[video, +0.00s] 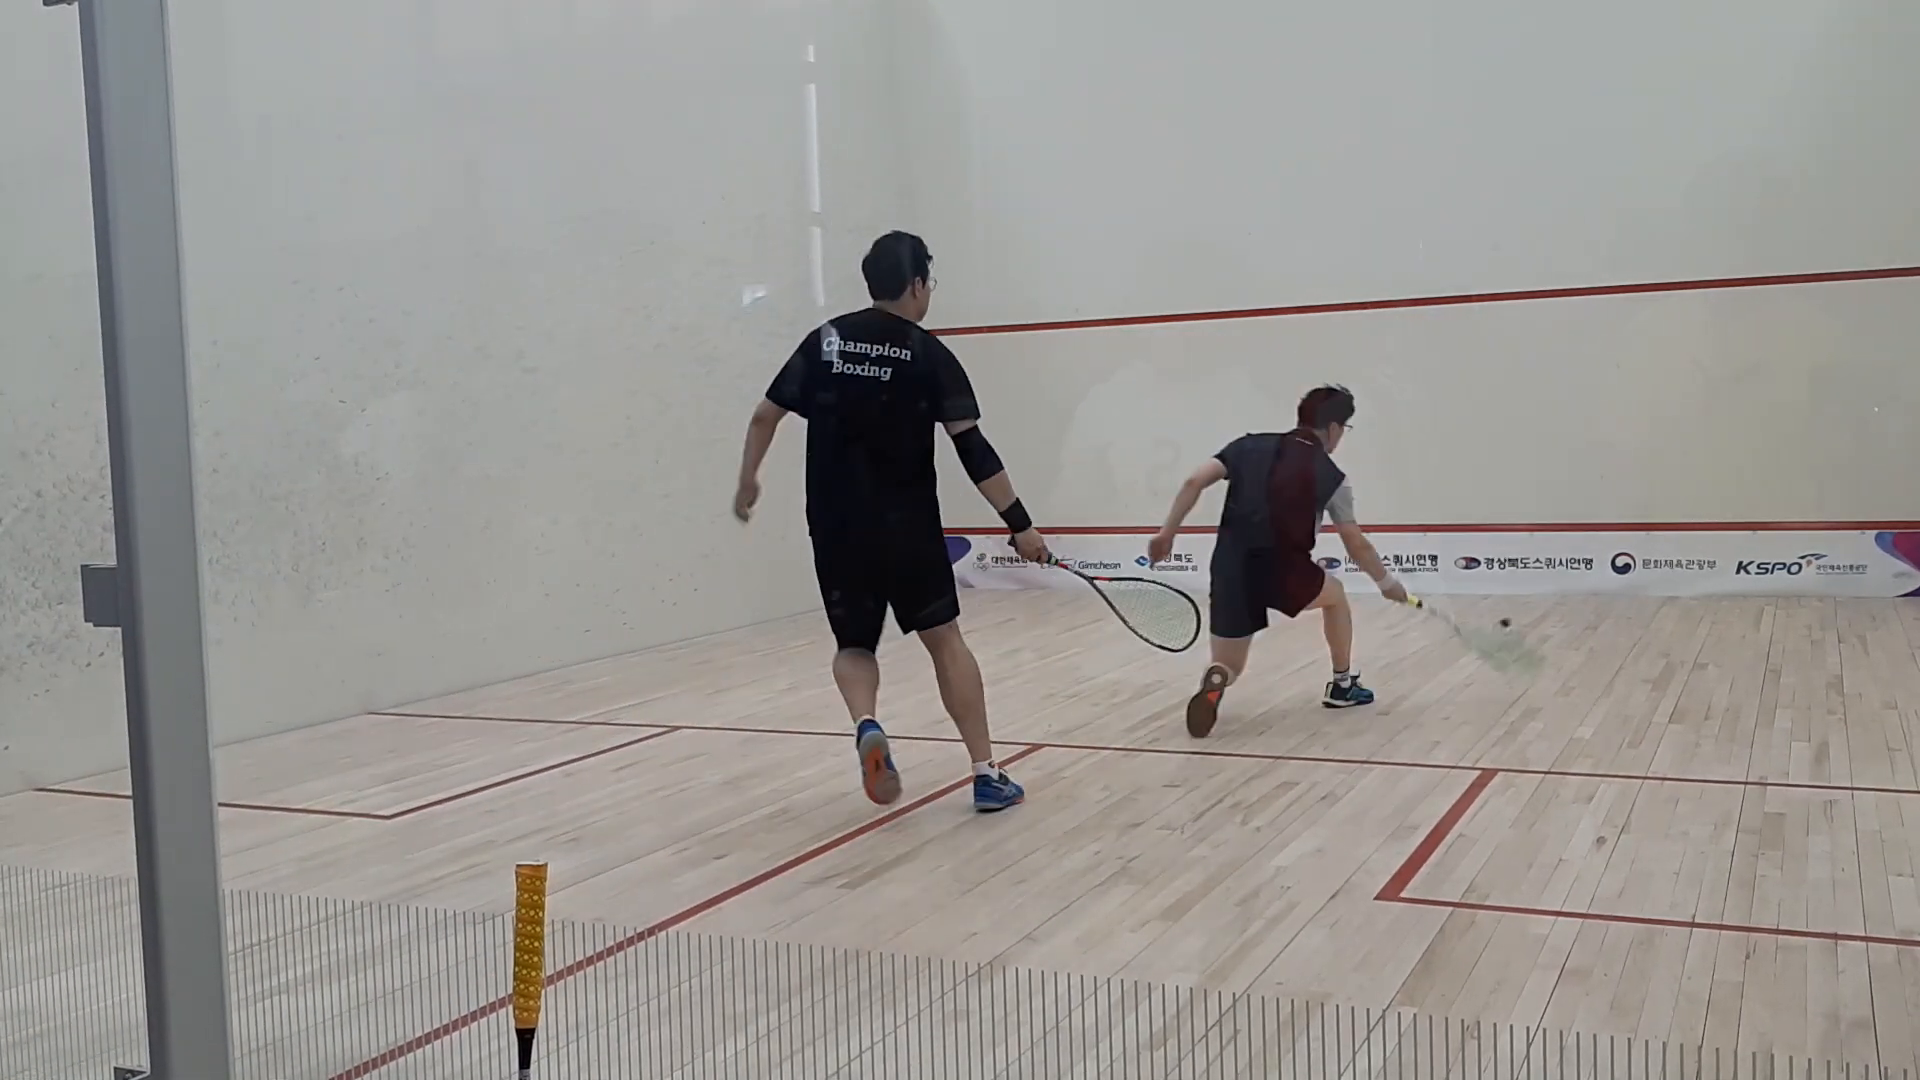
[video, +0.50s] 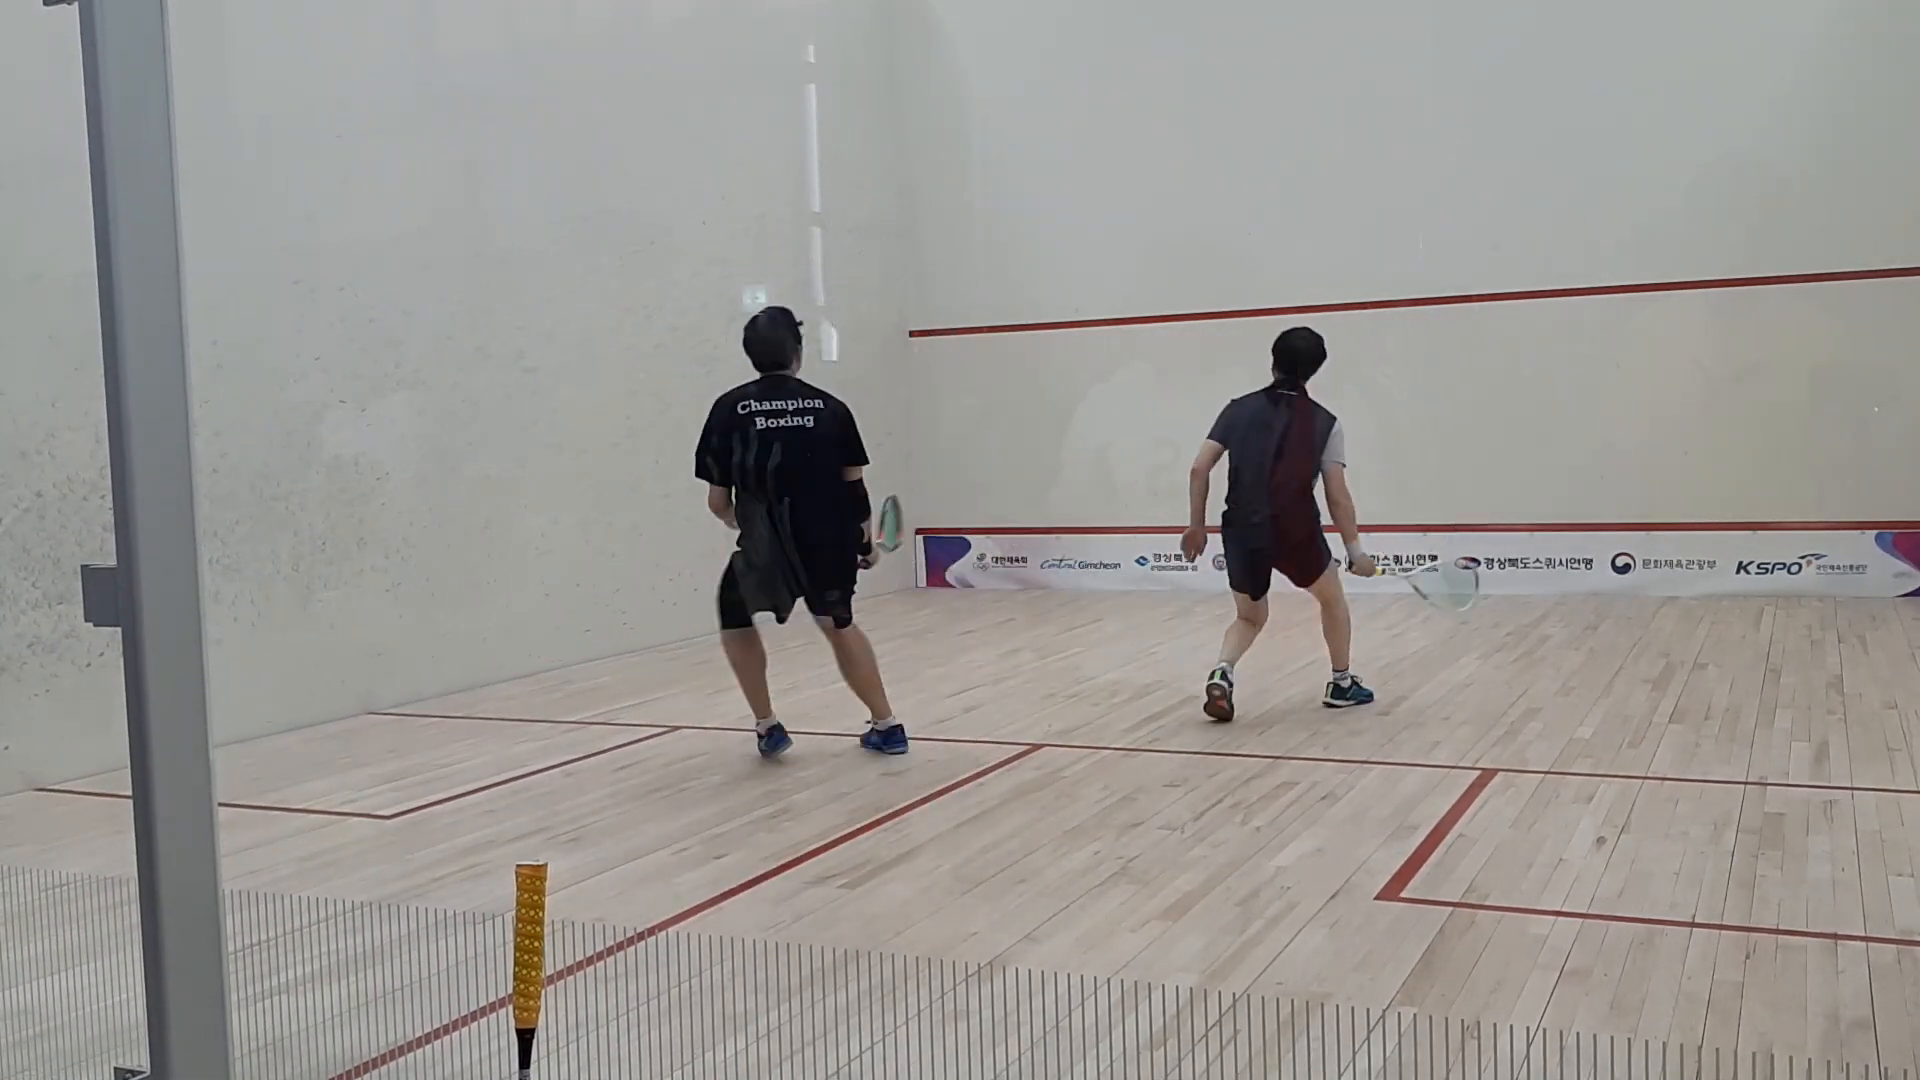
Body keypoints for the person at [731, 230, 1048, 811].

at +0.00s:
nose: (930, 290)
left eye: (929, 280)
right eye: (928, 281)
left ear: (871, 284)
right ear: (917, 285)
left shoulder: (823, 341)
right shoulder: (931, 356)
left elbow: (766, 414)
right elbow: (975, 453)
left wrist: (747, 478)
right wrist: (1020, 525)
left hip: (836, 530)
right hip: (910, 529)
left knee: (853, 643)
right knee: (944, 639)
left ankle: (866, 727)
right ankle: (986, 775)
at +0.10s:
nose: (912, 302)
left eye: (910, 293)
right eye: (911, 293)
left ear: (855, 298)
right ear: (901, 299)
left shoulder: (811, 350)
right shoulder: (921, 366)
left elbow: (751, 415)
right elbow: (965, 451)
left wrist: (702, 486)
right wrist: (1011, 516)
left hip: (822, 519)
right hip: (897, 522)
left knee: (822, 614)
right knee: (953, 613)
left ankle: (824, 741)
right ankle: (973, 730)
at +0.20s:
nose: (889, 327)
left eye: (887, 319)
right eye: (886, 319)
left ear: (831, 325)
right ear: (876, 324)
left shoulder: (791, 380)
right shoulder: (896, 386)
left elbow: (748, 446)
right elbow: (934, 469)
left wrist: (702, 511)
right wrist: (983, 517)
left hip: (813, 539)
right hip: (883, 537)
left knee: (806, 628)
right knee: (947, 621)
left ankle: (778, 735)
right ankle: (973, 745)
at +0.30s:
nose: (861, 351)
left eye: (859, 342)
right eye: (859, 343)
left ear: (807, 350)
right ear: (850, 350)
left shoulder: (770, 406)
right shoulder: (869, 412)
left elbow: (734, 488)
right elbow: (903, 495)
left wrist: (708, 561)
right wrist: (948, 533)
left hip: (793, 559)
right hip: (859, 556)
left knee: (803, 621)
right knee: (930, 619)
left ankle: (780, 731)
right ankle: (966, 729)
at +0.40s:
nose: (832, 351)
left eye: (830, 342)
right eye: (830, 342)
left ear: (779, 350)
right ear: (824, 349)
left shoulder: (742, 407)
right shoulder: (846, 412)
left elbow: (721, 494)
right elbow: (873, 492)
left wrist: (719, 553)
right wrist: (904, 538)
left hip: (773, 547)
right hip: (839, 544)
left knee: (784, 620)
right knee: (889, 611)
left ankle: (777, 730)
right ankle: (938, 707)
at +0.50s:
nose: (800, 348)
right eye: (799, 343)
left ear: (748, 355)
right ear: (797, 351)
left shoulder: (729, 409)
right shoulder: (830, 408)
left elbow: (719, 503)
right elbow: (854, 483)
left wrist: (747, 523)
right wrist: (865, 537)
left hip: (766, 548)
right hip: (828, 543)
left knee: (733, 604)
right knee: (840, 623)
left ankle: (767, 726)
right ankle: (887, 724)